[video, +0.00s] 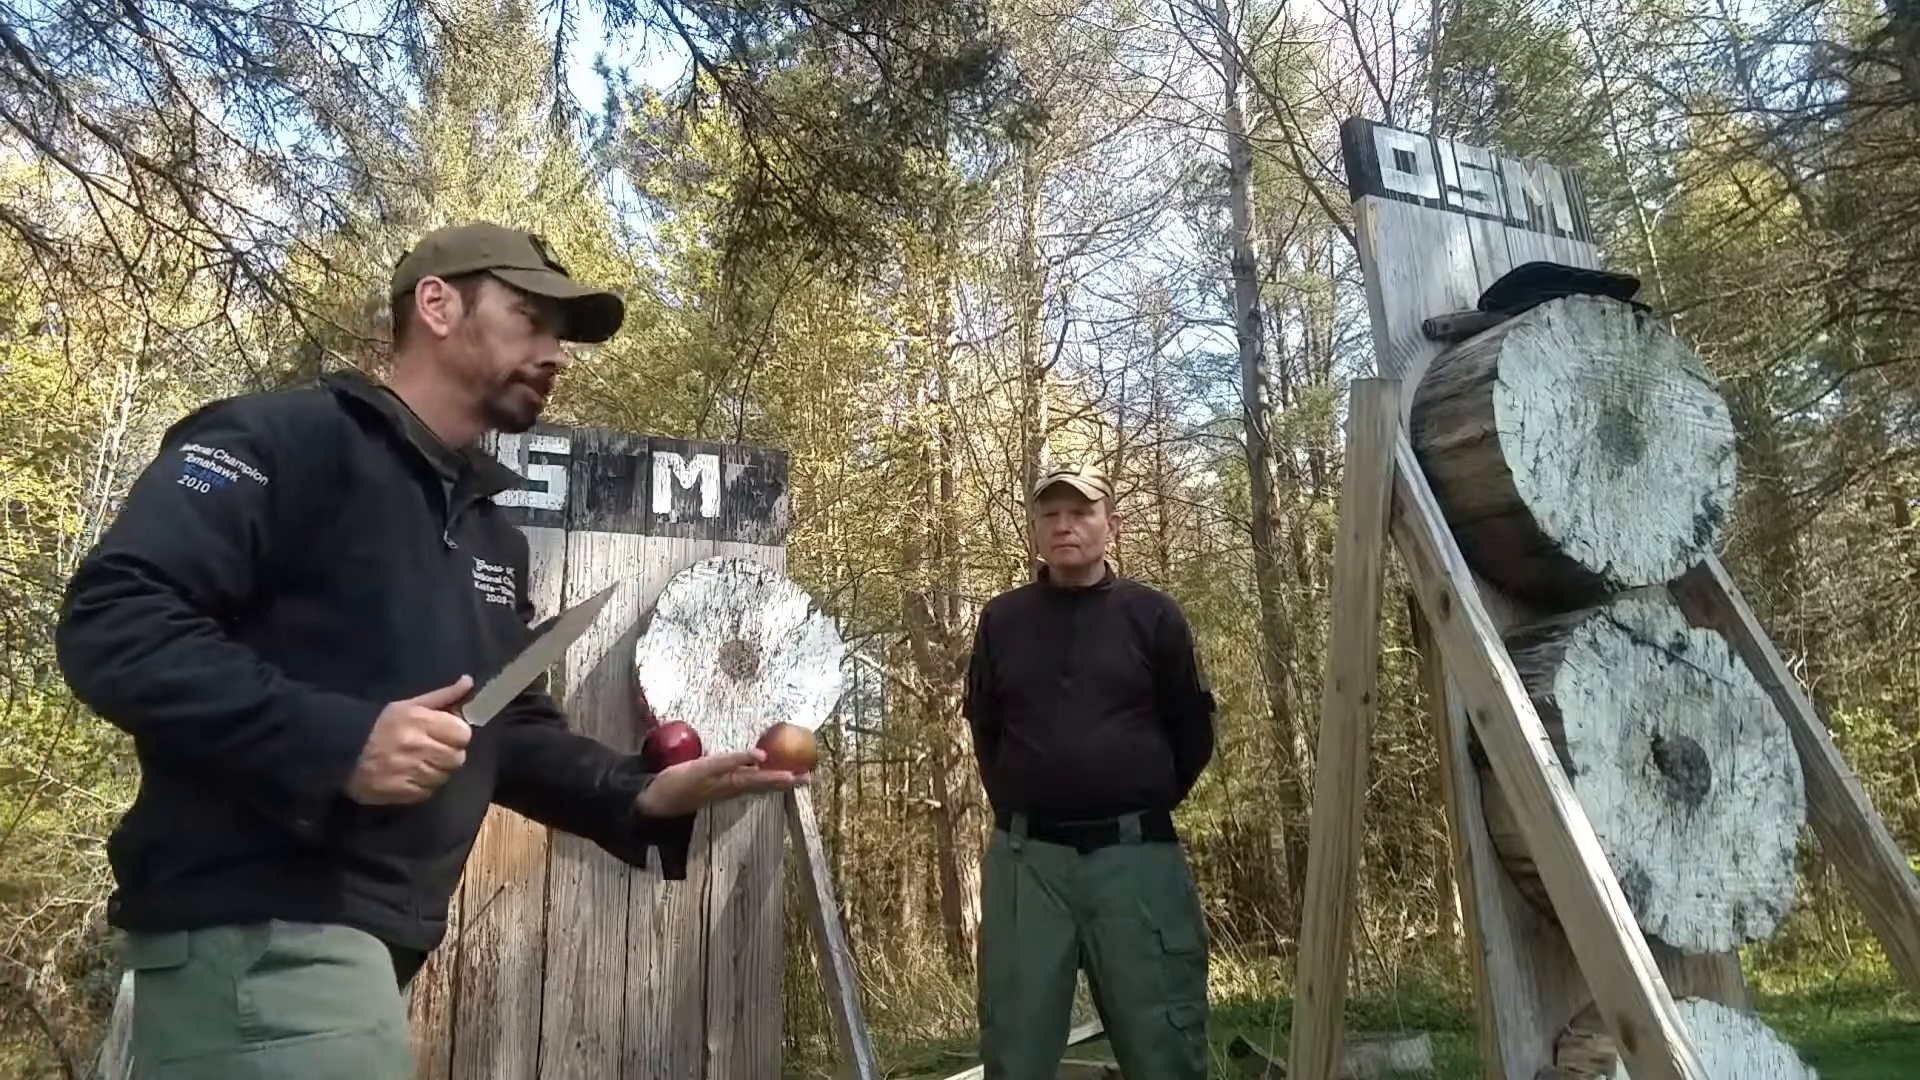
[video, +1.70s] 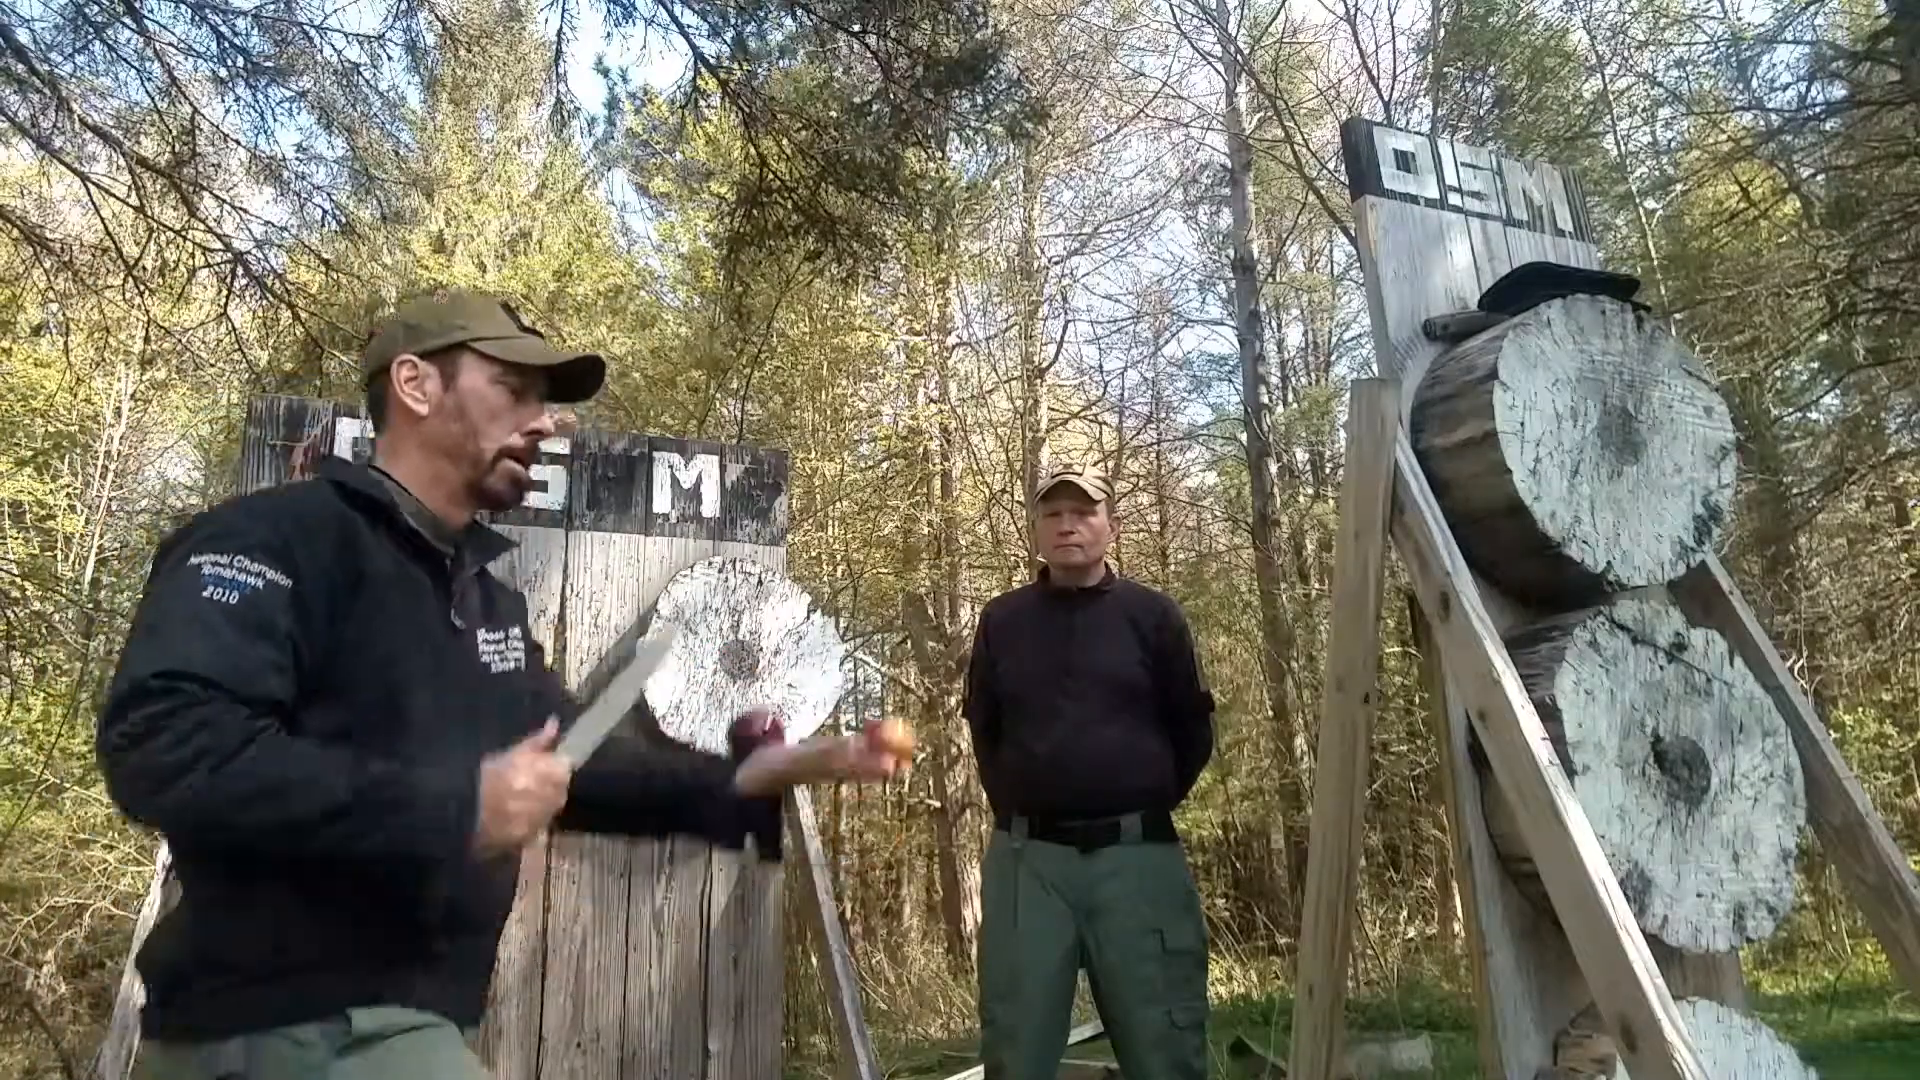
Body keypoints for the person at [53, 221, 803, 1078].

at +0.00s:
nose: (559, 353)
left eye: (564, 334)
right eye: (536, 319)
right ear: (437, 309)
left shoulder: (491, 533)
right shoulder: (277, 439)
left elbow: (499, 727)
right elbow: (113, 625)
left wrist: (641, 796)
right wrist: (337, 739)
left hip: (358, 953)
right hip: (255, 943)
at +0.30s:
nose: (592, 309)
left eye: (597, 289)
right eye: (559, 274)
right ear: (462, 283)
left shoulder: (529, 514)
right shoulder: (338, 405)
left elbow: (532, 731)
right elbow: (194, 604)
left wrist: (697, 780)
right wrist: (453, 719)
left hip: (395, 944)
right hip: (302, 940)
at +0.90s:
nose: (547, 375)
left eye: (555, 351)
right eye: (524, 337)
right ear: (420, 324)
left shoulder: (478, 553)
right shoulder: (258, 457)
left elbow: (498, 750)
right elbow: (98, 651)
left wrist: (647, 809)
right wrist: (359, 753)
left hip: (352, 966)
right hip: (261, 966)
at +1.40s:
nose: (584, 402)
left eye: (587, 379)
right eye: (558, 364)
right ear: (459, 354)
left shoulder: (494, 590)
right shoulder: (299, 478)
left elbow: (486, 801)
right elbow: (142, 685)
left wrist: (657, 877)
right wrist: (409, 805)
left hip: (365, 1011)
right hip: (249, 1008)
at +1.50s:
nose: (570, 453)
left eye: (573, 427)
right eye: (544, 416)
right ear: (444, 408)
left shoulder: (490, 643)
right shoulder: (286, 546)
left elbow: (487, 856)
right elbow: (126, 771)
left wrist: (648, 939)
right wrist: (393, 891)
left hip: (375, 1042)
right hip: (234, 1043)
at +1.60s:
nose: (559, 472)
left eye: (564, 449)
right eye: (531, 439)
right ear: (428, 433)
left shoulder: (485, 662)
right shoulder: (268, 583)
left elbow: (521, 868)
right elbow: (128, 812)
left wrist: (672, 944)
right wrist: (389, 933)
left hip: (396, 1052)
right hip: (224, 1053)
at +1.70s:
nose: (545, 424)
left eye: (546, 399)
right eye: (517, 391)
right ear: (415, 387)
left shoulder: (486, 595)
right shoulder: (265, 538)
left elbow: (560, 762)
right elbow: (163, 748)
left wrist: (756, 777)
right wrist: (460, 803)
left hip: (419, 1021)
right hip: (285, 1025)